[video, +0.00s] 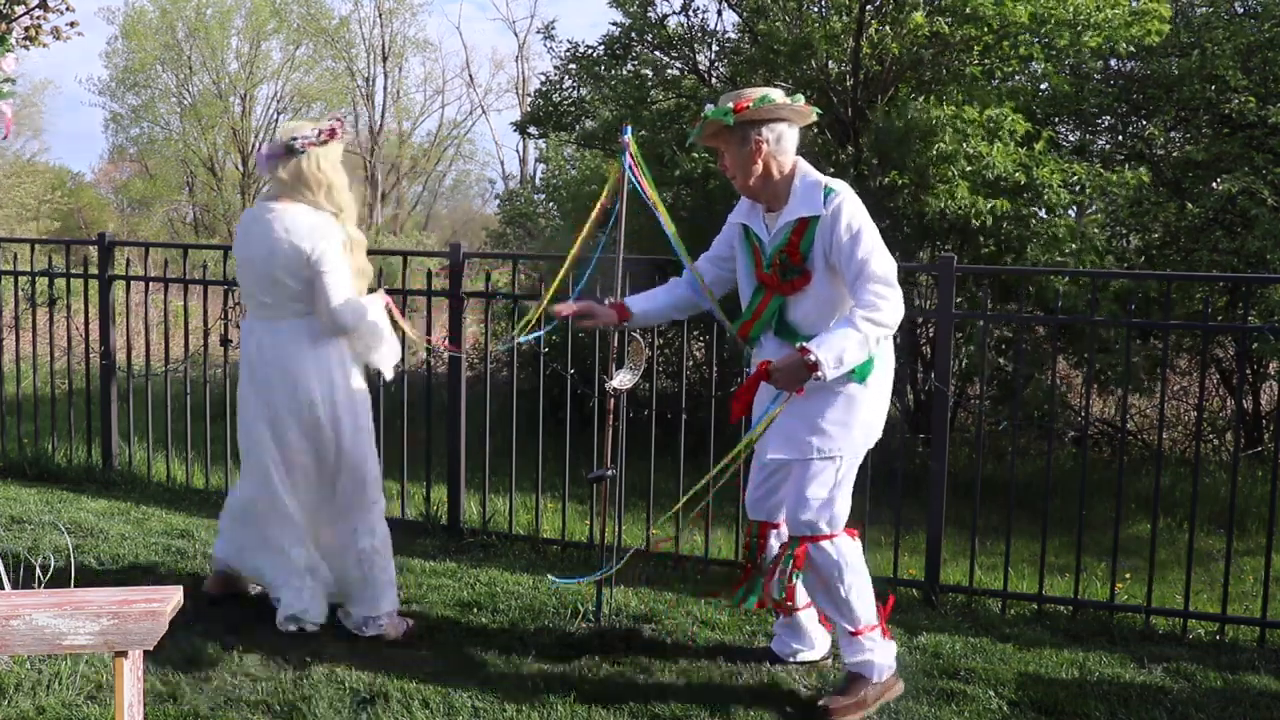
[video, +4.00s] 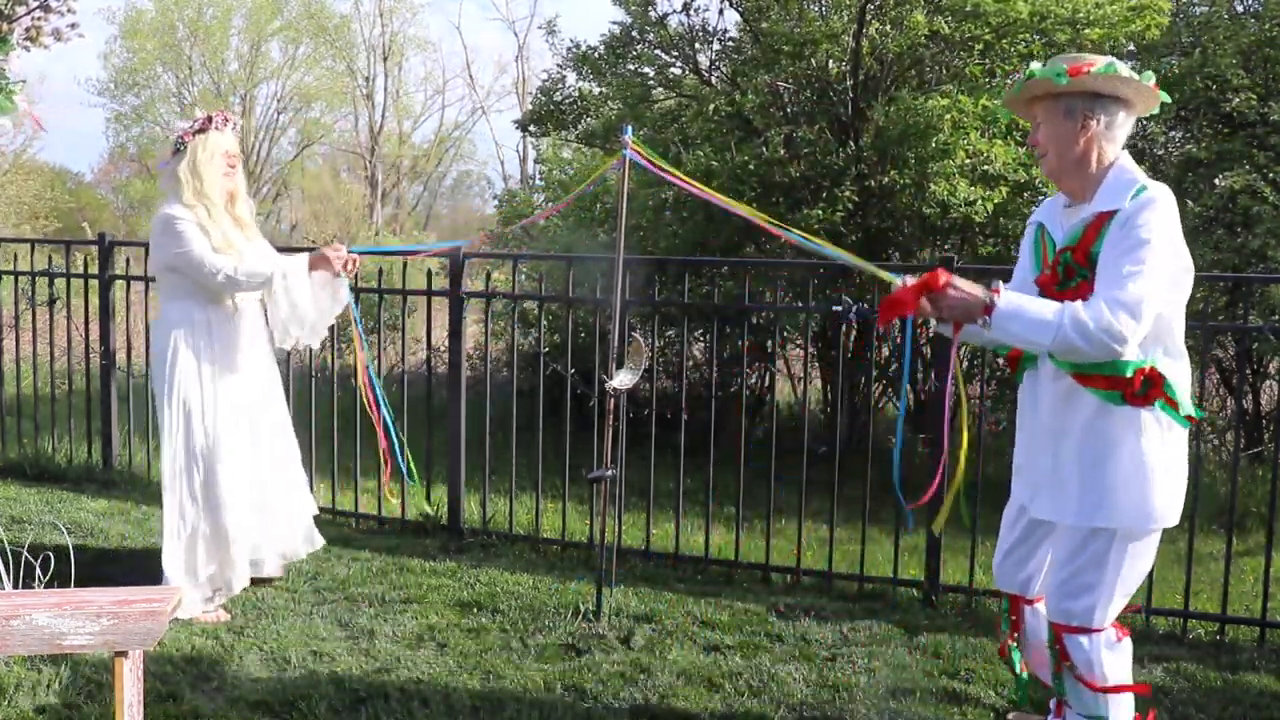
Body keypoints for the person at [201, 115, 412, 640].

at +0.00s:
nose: (343, 178)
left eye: (339, 168)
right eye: (337, 169)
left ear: (278, 171)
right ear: (323, 174)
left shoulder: (251, 223)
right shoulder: (319, 230)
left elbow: (277, 289)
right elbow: (341, 310)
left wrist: (359, 296)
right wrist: (378, 308)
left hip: (260, 354)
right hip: (313, 359)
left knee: (261, 469)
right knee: (353, 477)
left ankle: (226, 568)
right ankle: (372, 609)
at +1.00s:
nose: (234, 161)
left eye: (240, 153)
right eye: (222, 153)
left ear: (247, 163)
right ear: (195, 162)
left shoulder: (245, 225)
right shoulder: (170, 223)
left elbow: (261, 292)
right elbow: (158, 300)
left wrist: (287, 312)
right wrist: (222, 331)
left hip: (242, 362)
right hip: (194, 362)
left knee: (238, 464)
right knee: (196, 470)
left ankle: (221, 570)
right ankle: (192, 588)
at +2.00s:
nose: (225, 163)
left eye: (230, 156)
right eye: (214, 155)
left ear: (236, 164)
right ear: (187, 162)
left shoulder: (238, 223)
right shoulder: (163, 219)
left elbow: (258, 289)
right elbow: (174, 290)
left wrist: (300, 297)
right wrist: (250, 315)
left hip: (236, 365)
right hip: (186, 369)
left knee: (232, 465)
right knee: (187, 469)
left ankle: (221, 568)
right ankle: (178, 583)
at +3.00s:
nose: (219, 164)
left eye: (224, 155)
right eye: (207, 156)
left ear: (232, 162)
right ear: (181, 164)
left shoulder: (233, 221)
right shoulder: (161, 219)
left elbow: (261, 277)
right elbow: (193, 276)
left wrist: (306, 280)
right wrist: (273, 278)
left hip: (237, 353)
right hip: (190, 356)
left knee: (237, 458)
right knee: (194, 466)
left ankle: (229, 569)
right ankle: (193, 588)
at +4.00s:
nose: (234, 164)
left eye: (236, 157)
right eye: (223, 157)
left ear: (239, 164)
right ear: (195, 165)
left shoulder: (237, 222)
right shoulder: (174, 220)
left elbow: (271, 285)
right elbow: (219, 273)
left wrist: (328, 272)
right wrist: (306, 262)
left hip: (241, 362)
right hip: (196, 363)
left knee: (248, 456)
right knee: (203, 465)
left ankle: (249, 561)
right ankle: (193, 591)